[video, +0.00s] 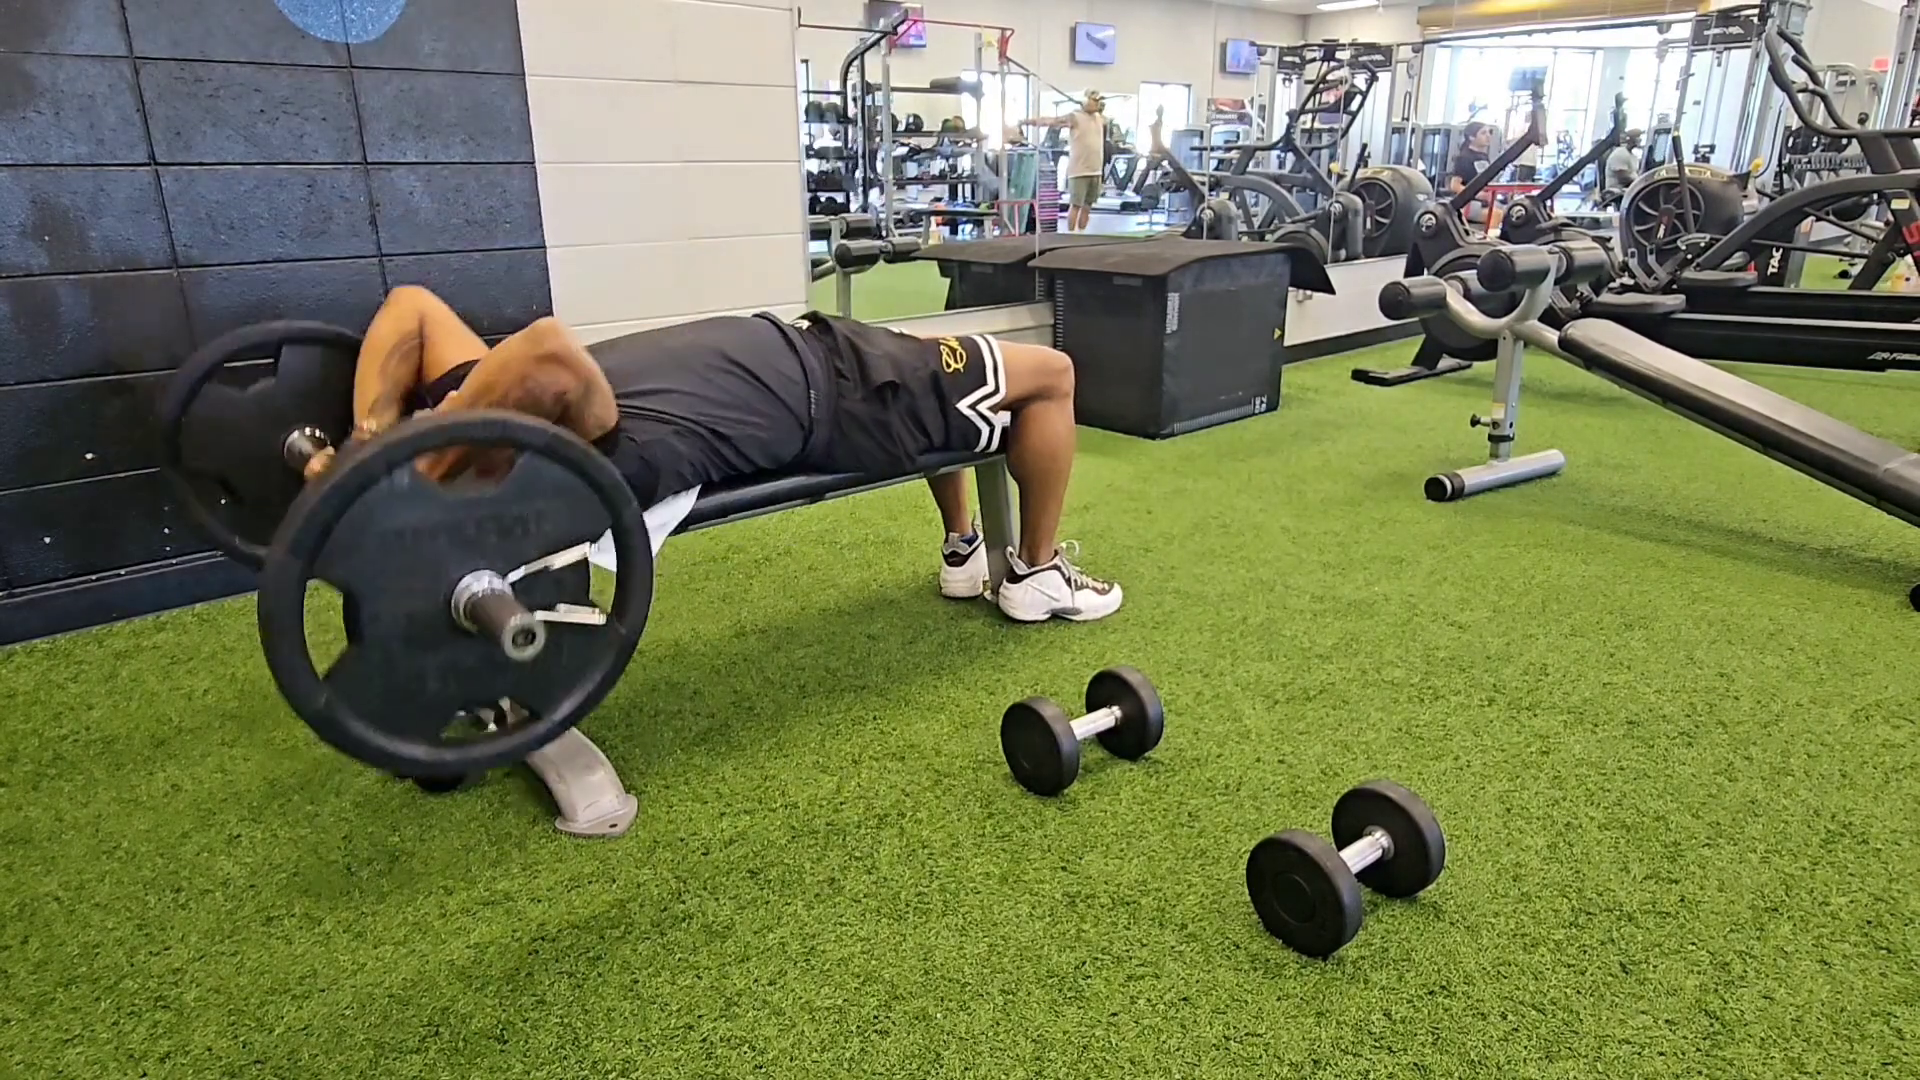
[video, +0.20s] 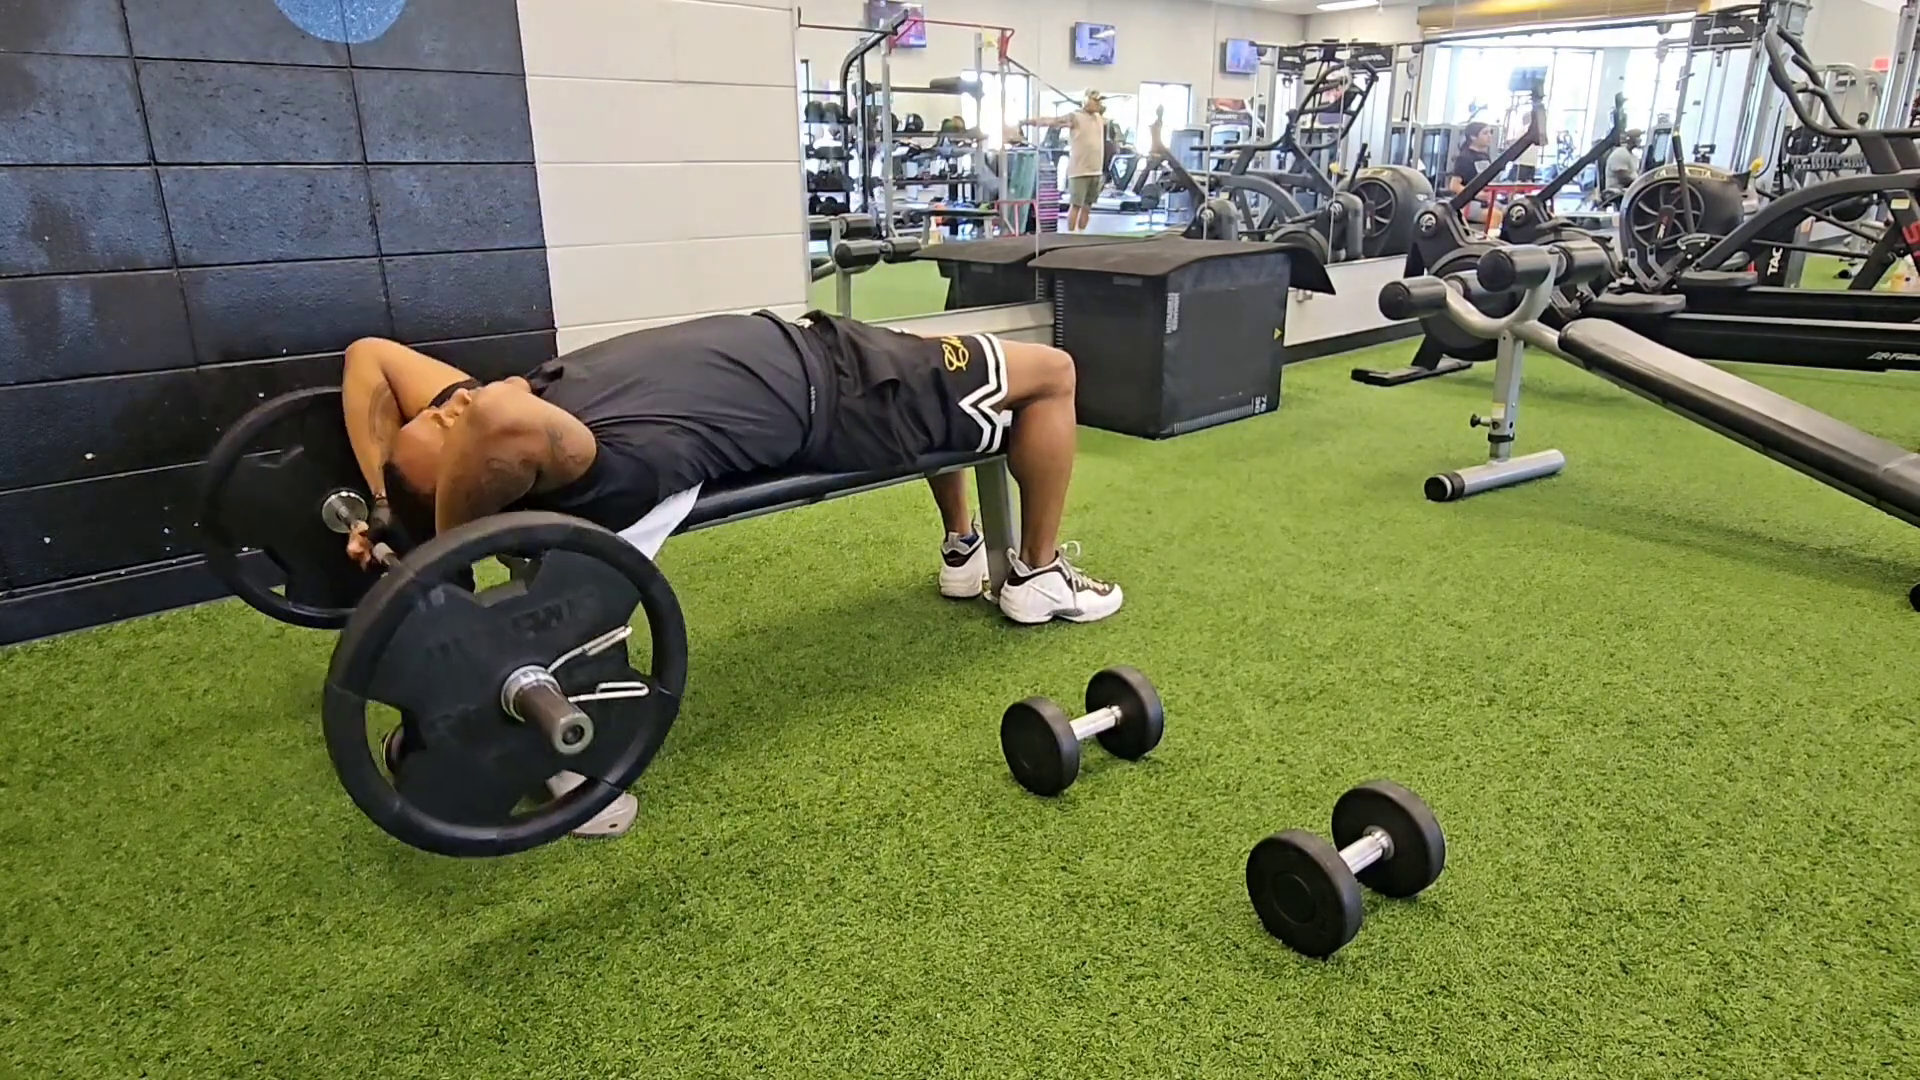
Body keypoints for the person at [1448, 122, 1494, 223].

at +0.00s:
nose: (1488, 136)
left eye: (1488, 132)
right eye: (1483, 133)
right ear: (1471, 137)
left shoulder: (1484, 156)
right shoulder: (1464, 157)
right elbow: (1455, 185)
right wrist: (1480, 195)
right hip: (1469, 203)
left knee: (1508, 212)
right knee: (1496, 215)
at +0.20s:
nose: (1489, 136)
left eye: (1490, 132)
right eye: (1485, 133)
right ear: (1473, 137)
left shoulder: (1485, 156)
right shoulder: (1465, 157)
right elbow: (1454, 185)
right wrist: (1478, 195)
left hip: (1488, 201)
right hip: (1469, 202)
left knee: (1508, 212)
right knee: (1496, 215)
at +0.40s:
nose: (1490, 136)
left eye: (1490, 132)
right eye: (1486, 133)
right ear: (1474, 136)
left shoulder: (1485, 155)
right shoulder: (1465, 156)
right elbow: (1455, 185)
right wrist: (1479, 194)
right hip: (1469, 203)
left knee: (1508, 212)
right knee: (1496, 215)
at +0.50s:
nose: (1491, 135)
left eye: (1491, 132)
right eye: (1487, 132)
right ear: (1474, 136)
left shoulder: (1486, 155)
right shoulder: (1466, 156)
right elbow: (1456, 185)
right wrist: (1480, 194)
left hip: (1488, 201)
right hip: (1469, 203)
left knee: (1508, 211)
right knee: (1496, 215)